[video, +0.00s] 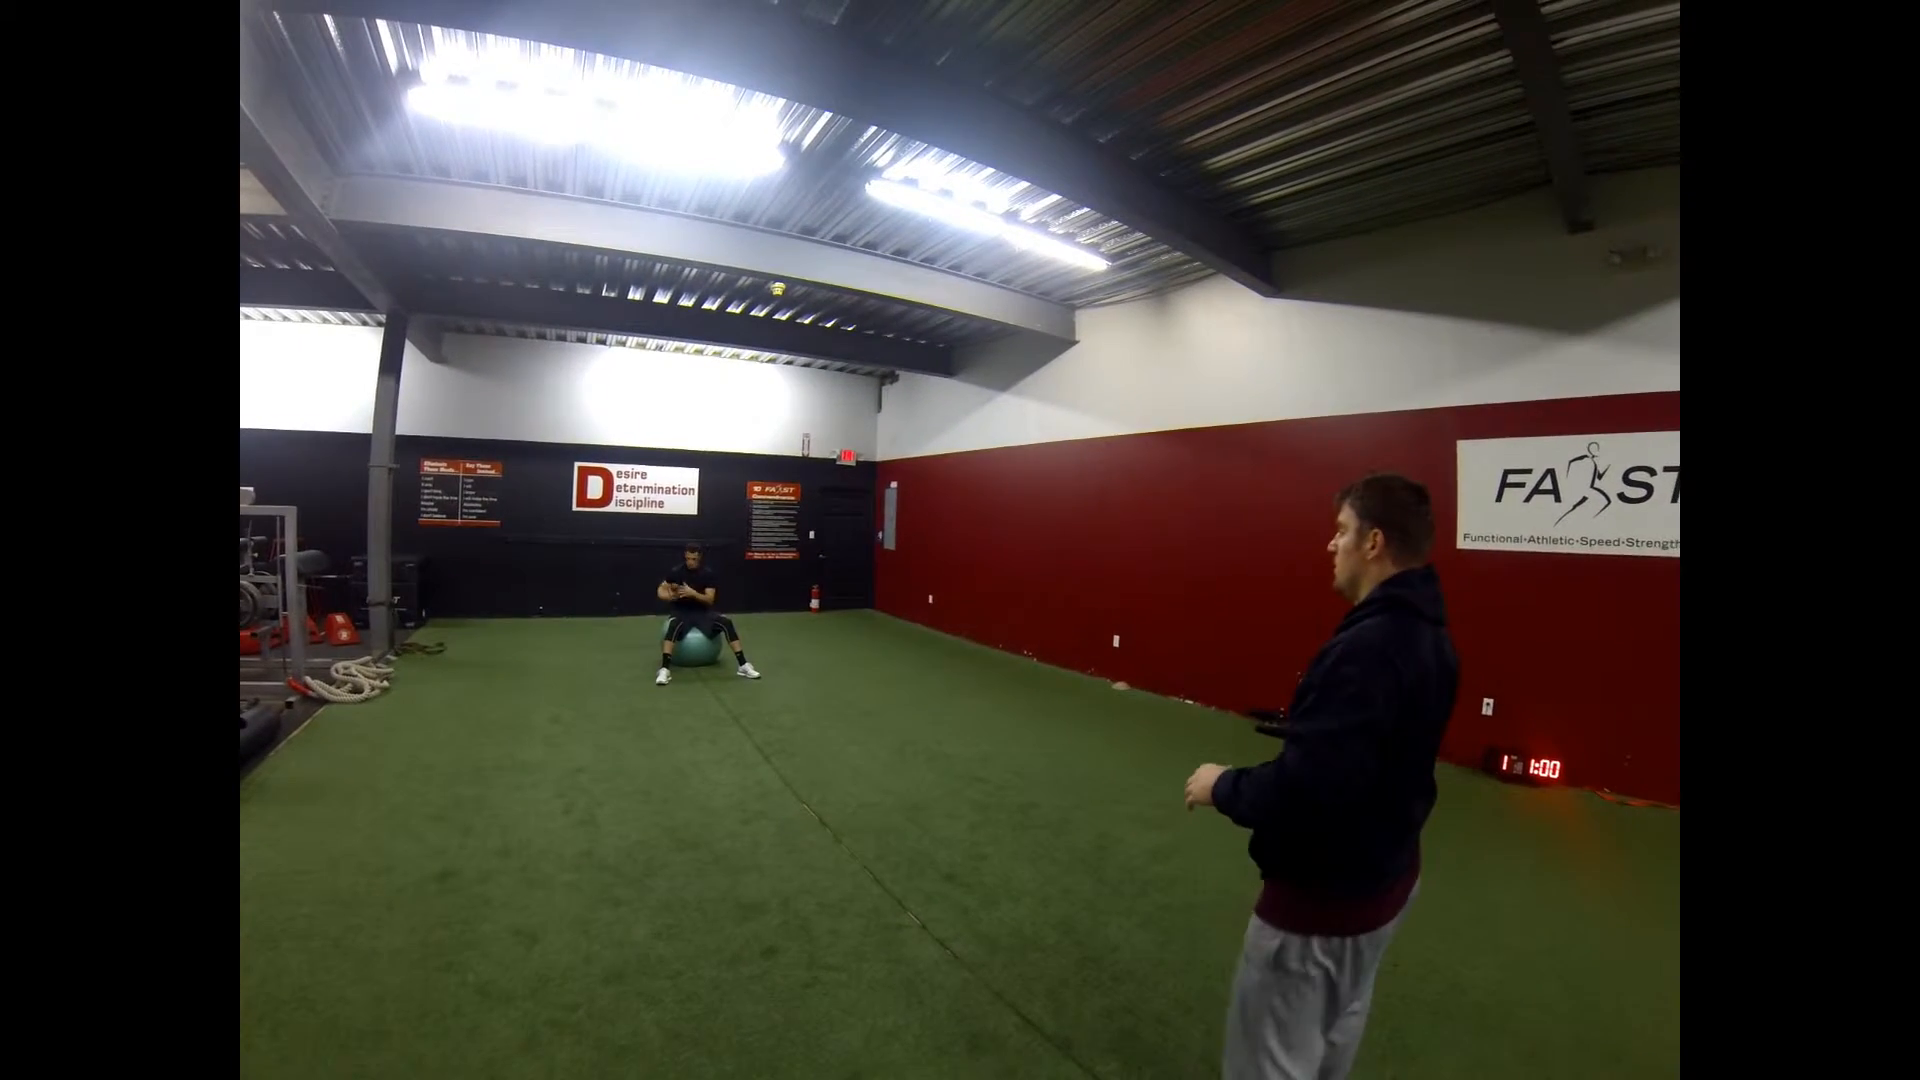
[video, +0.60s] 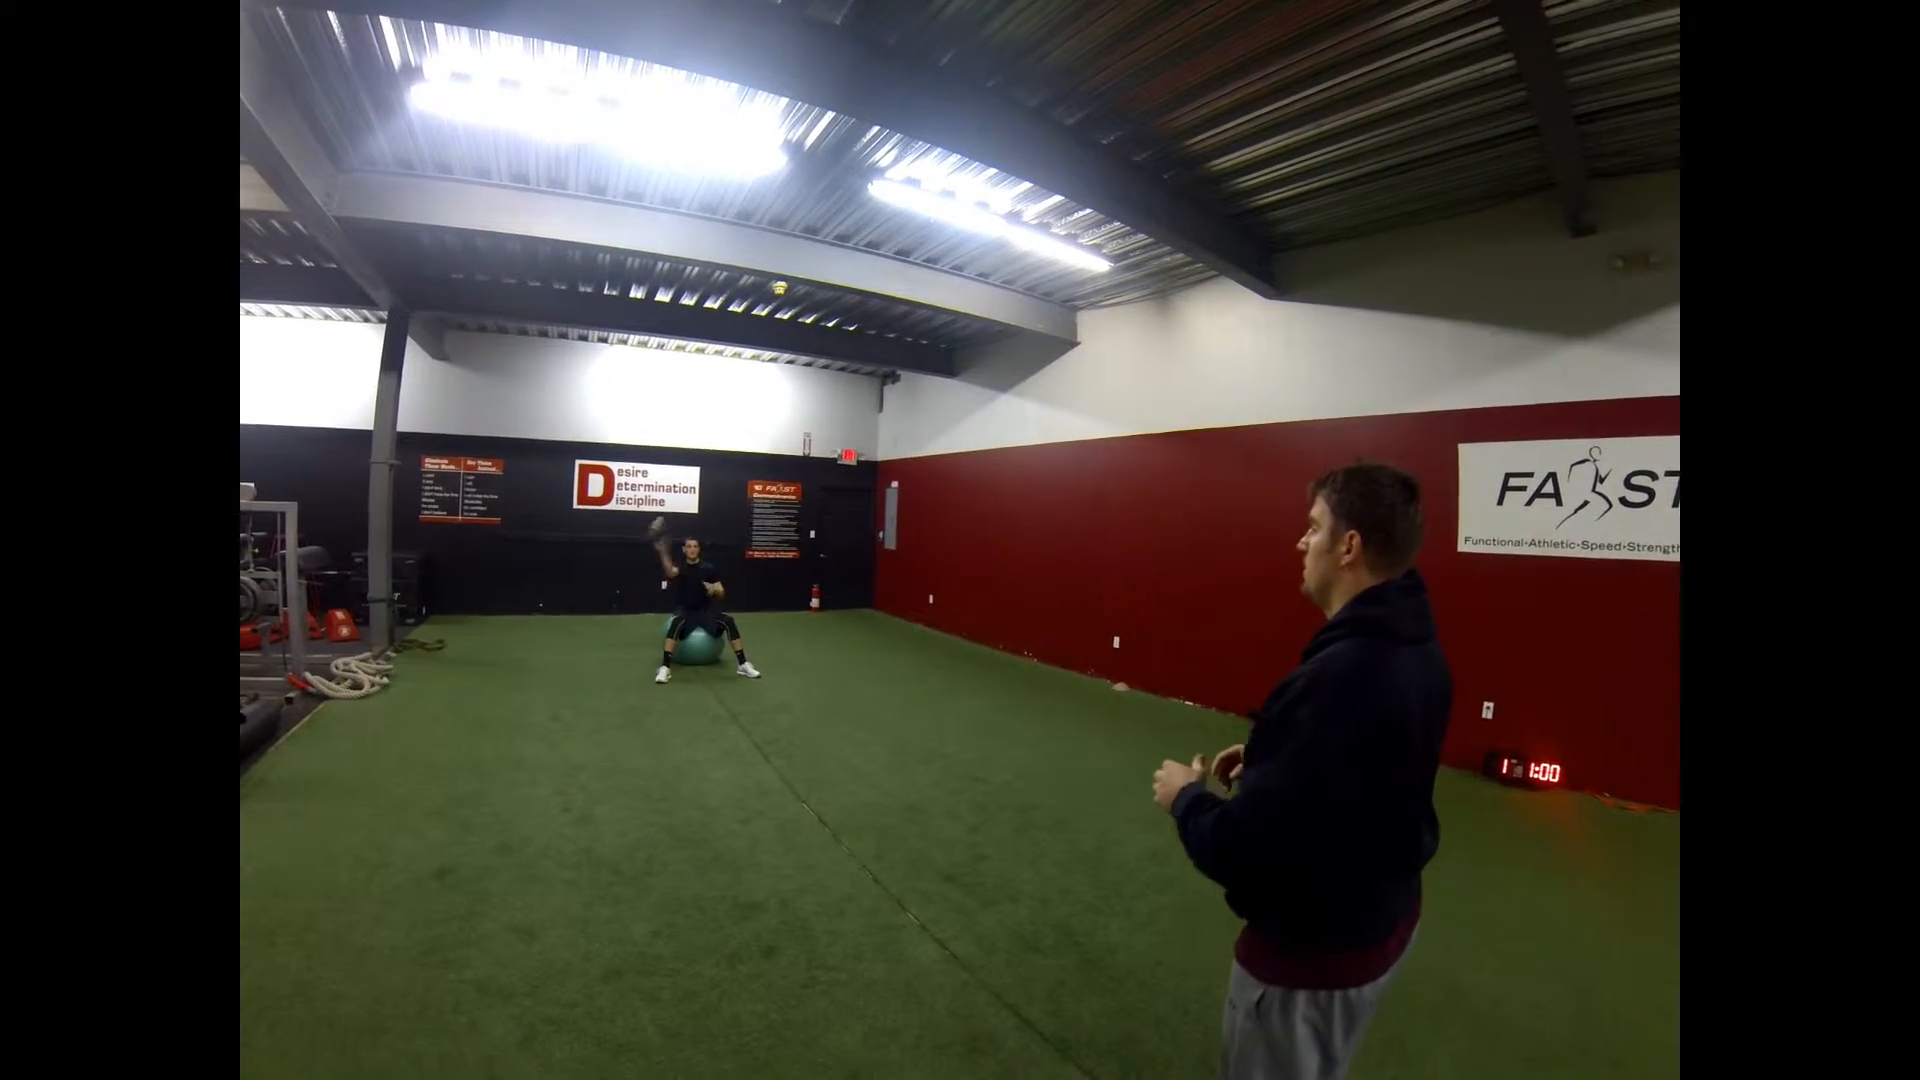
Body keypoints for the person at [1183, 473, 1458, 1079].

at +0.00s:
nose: (1331, 548)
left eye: (1340, 532)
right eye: (1334, 533)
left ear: (1374, 542)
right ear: (1388, 543)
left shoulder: (1366, 648)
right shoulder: (1425, 634)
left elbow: (1309, 784)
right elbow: (1392, 767)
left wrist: (1225, 786)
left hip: (1317, 898)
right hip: (1381, 884)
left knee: (1269, 1058)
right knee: (1333, 1039)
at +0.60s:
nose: (1301, 544)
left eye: (1312, 528)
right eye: (1306, 527)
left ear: (1349, 545)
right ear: (1361, 546)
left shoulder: (1341, 672)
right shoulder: (1414, 646)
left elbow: (1247, 849)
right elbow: (1369, 772)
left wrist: (1187, 800)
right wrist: (1267, 761)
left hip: (1305, 960)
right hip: (1375, 933)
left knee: (1265, 1070)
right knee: (1314, 1066)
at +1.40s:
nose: (1322, 603)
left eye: (1320, 586)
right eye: (1318, 587)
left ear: (1341, 582)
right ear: (1402, 574)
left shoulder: (1330, 699)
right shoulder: (1463, 670)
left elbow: (1261, 844)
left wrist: (1245, 828)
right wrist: (1275, 813)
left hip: (1357, 989)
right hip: (1467, 965)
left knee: (1257, 1071)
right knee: (1408, 1071)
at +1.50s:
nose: (1342, 591)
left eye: (1342, 576)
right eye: (1341, 578)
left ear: (1360, 576)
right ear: (1424, 570)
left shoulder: (1343, 690)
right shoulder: (1490, 669)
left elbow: (1276, 823)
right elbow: (1482, 794)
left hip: (1359, 978)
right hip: (1471, 962)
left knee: (1267, 1070)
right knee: (1412, 1072)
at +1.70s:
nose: (1411, 572)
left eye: (1412, 559)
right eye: (1411, 559)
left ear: (1426, 560)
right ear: (1493, 556)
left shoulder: (1381, 668)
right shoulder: (1548, 671)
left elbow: (1309, 788)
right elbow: (1531, 795)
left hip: (1369, 949)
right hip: (1481, 950)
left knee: (1279, 1071)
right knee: (1418, 1074)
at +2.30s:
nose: (1436, 582)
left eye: (1443, 567)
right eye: (1439, 566)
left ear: (1473, 573)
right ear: (1524, 583)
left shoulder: (1385, 659)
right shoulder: (1556, 712)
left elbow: (1343, 736)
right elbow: (1559, 822)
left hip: (1319, 914)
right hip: (1431, 935)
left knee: (1210, 1056)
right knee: (1402, 1074)